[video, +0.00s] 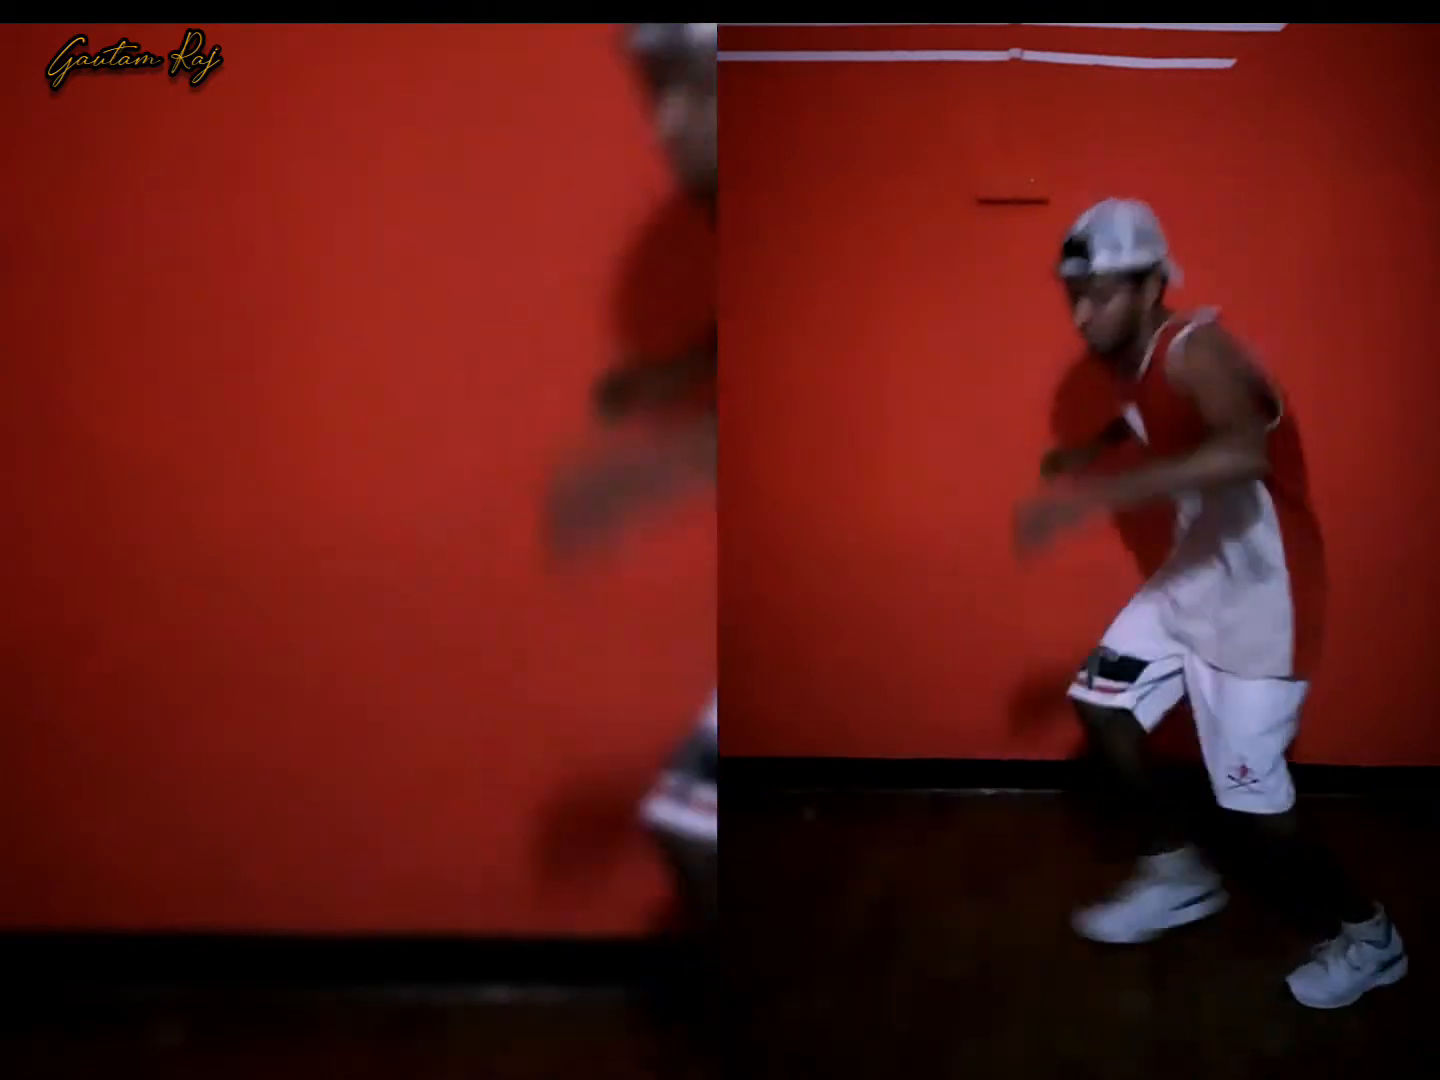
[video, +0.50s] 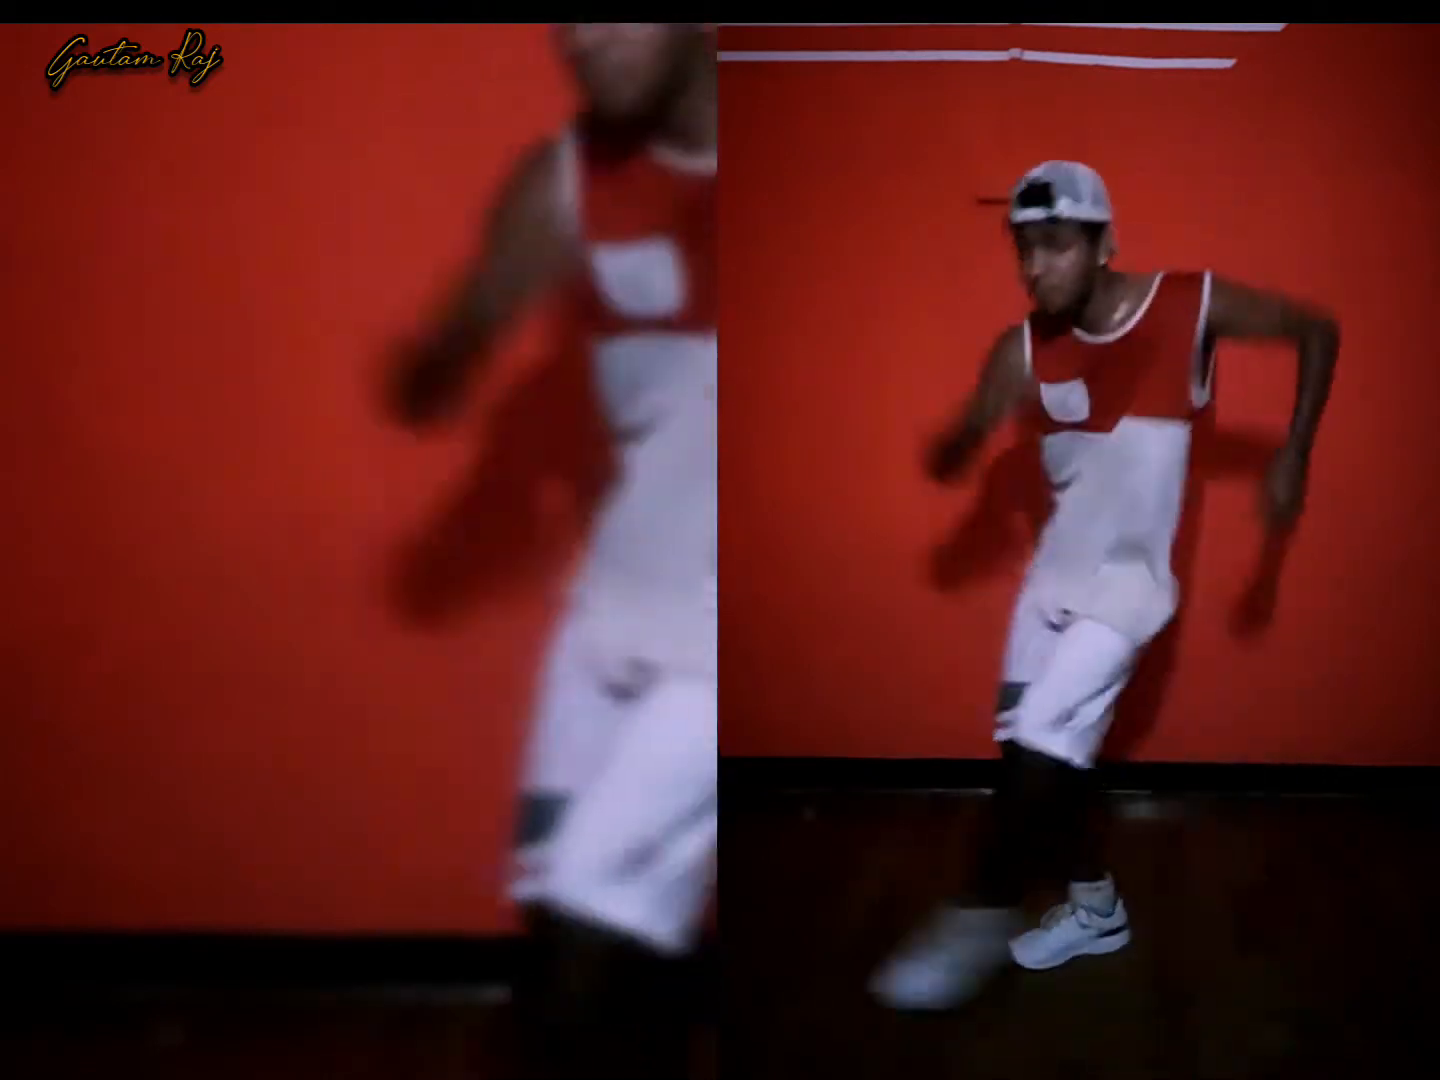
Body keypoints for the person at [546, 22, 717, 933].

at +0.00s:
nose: (675, 115)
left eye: (694, 81)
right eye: (660, 83)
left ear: (746, 83)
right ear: (644, 93)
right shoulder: (700, 231)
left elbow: (767, 378)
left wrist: (663, 463)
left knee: (697, 811)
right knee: (690, 813)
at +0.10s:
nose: (646, 187)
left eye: (674, 150)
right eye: (631, 154)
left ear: (736, 148)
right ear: (612, 153)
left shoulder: (761, 305)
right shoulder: (663, 316)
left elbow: (762, 532)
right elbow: (629, 504)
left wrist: (676, 673)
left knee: (702, 817)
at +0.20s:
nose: (601, 263)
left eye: (622, 225)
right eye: (592, 228)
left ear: (706, 205)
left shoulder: (747, 341)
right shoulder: (717, 337)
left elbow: (739, 523)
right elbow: (719, 514)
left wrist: (666, 626)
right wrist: (658, 621)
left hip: (791, 677)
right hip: (753, 670)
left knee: (688, 862)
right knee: (684, 861)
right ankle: (711, 1077)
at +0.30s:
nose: (554, 224)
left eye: (576, 189)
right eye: (545, 191)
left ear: (677, 161)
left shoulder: (753, 293)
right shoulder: (659, 294)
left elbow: (744, 526)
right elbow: (713, 514)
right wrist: (632, 707)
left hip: (780, 611)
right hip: (742, 608)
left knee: (665, 876)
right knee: (659, 871)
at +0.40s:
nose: (550, 125)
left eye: (577, 87)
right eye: (537, 92)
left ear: (671, 70)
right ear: (527, 94)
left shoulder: (786, 213)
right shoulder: (597, 247)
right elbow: (625, 467)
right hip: (708, 562)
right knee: (624, 878)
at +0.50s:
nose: (590, 45)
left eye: (618, 22)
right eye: (578, 26)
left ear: (693, 27)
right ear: (566, 42)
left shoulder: (777, 163)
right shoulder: (568, 175)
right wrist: (481, 305)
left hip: (738, 618)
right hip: (619, 599)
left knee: (601, 906)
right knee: (556, 900)